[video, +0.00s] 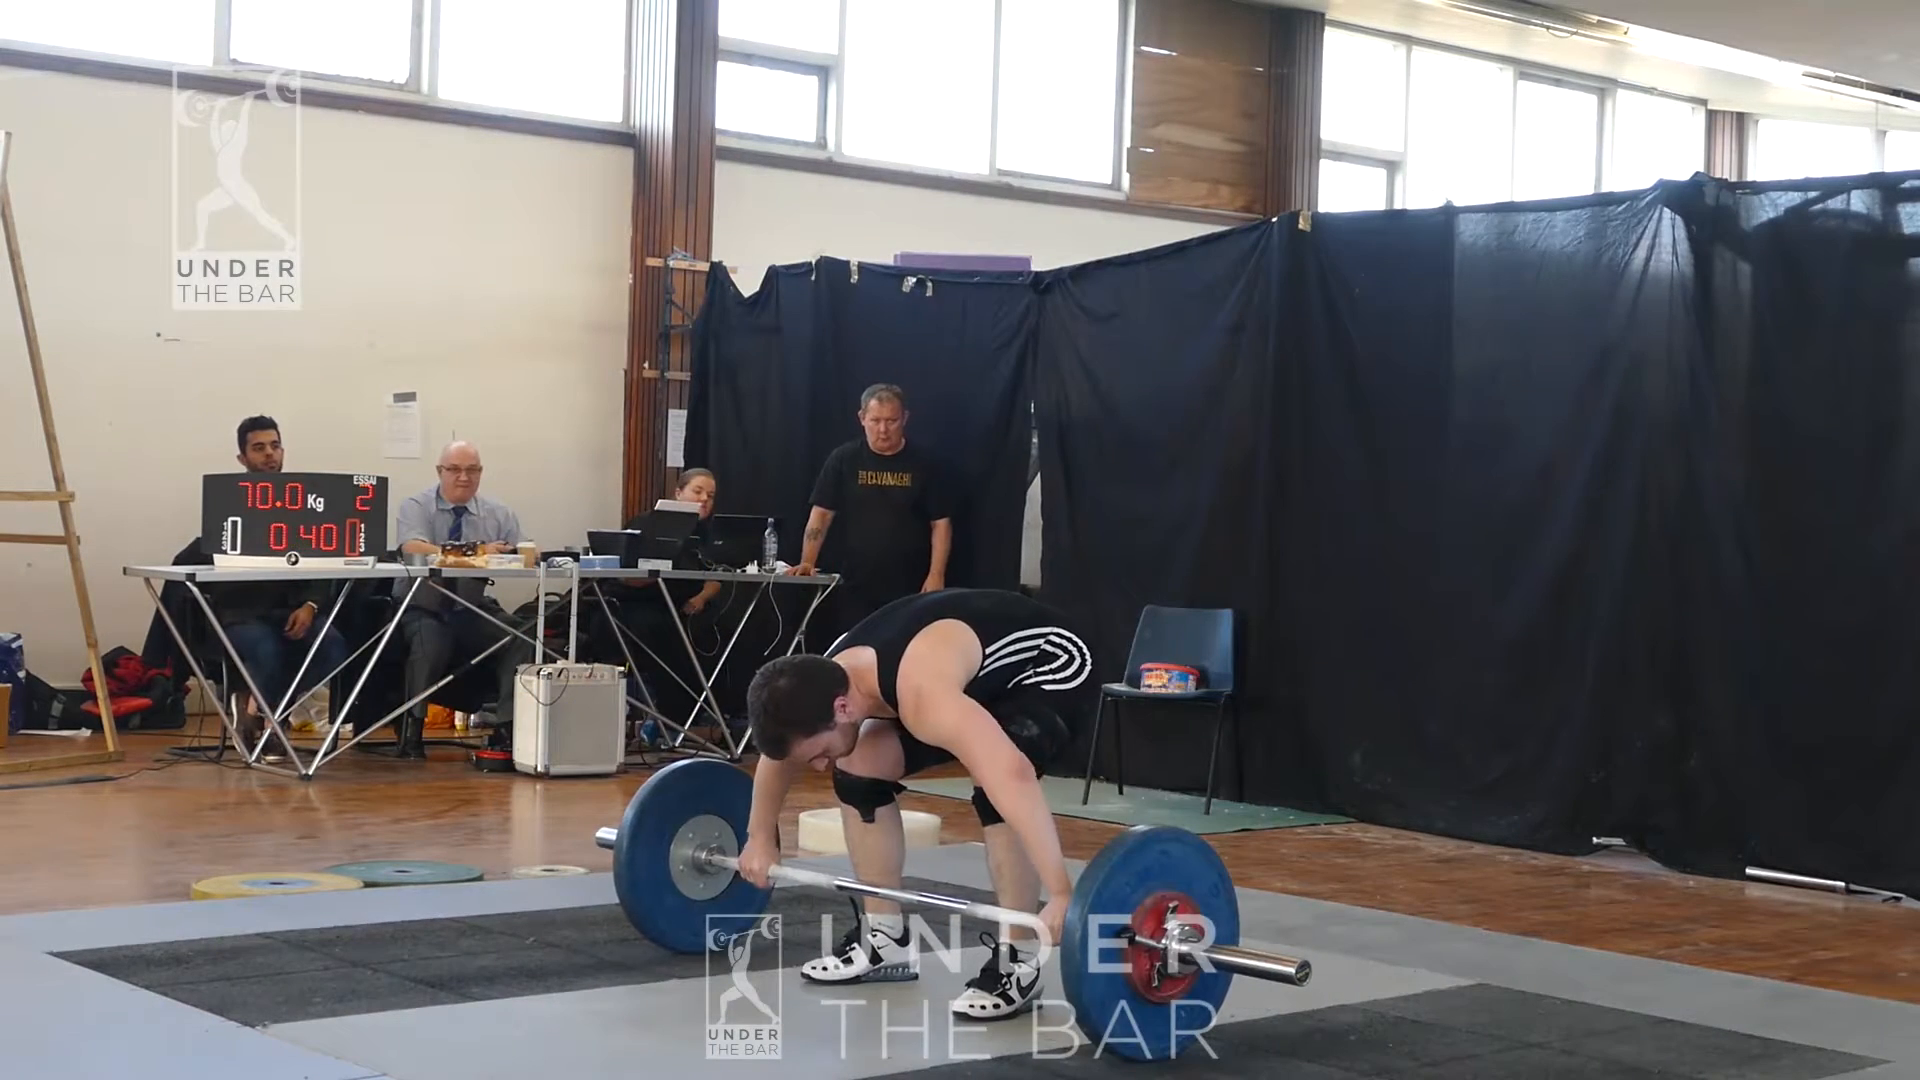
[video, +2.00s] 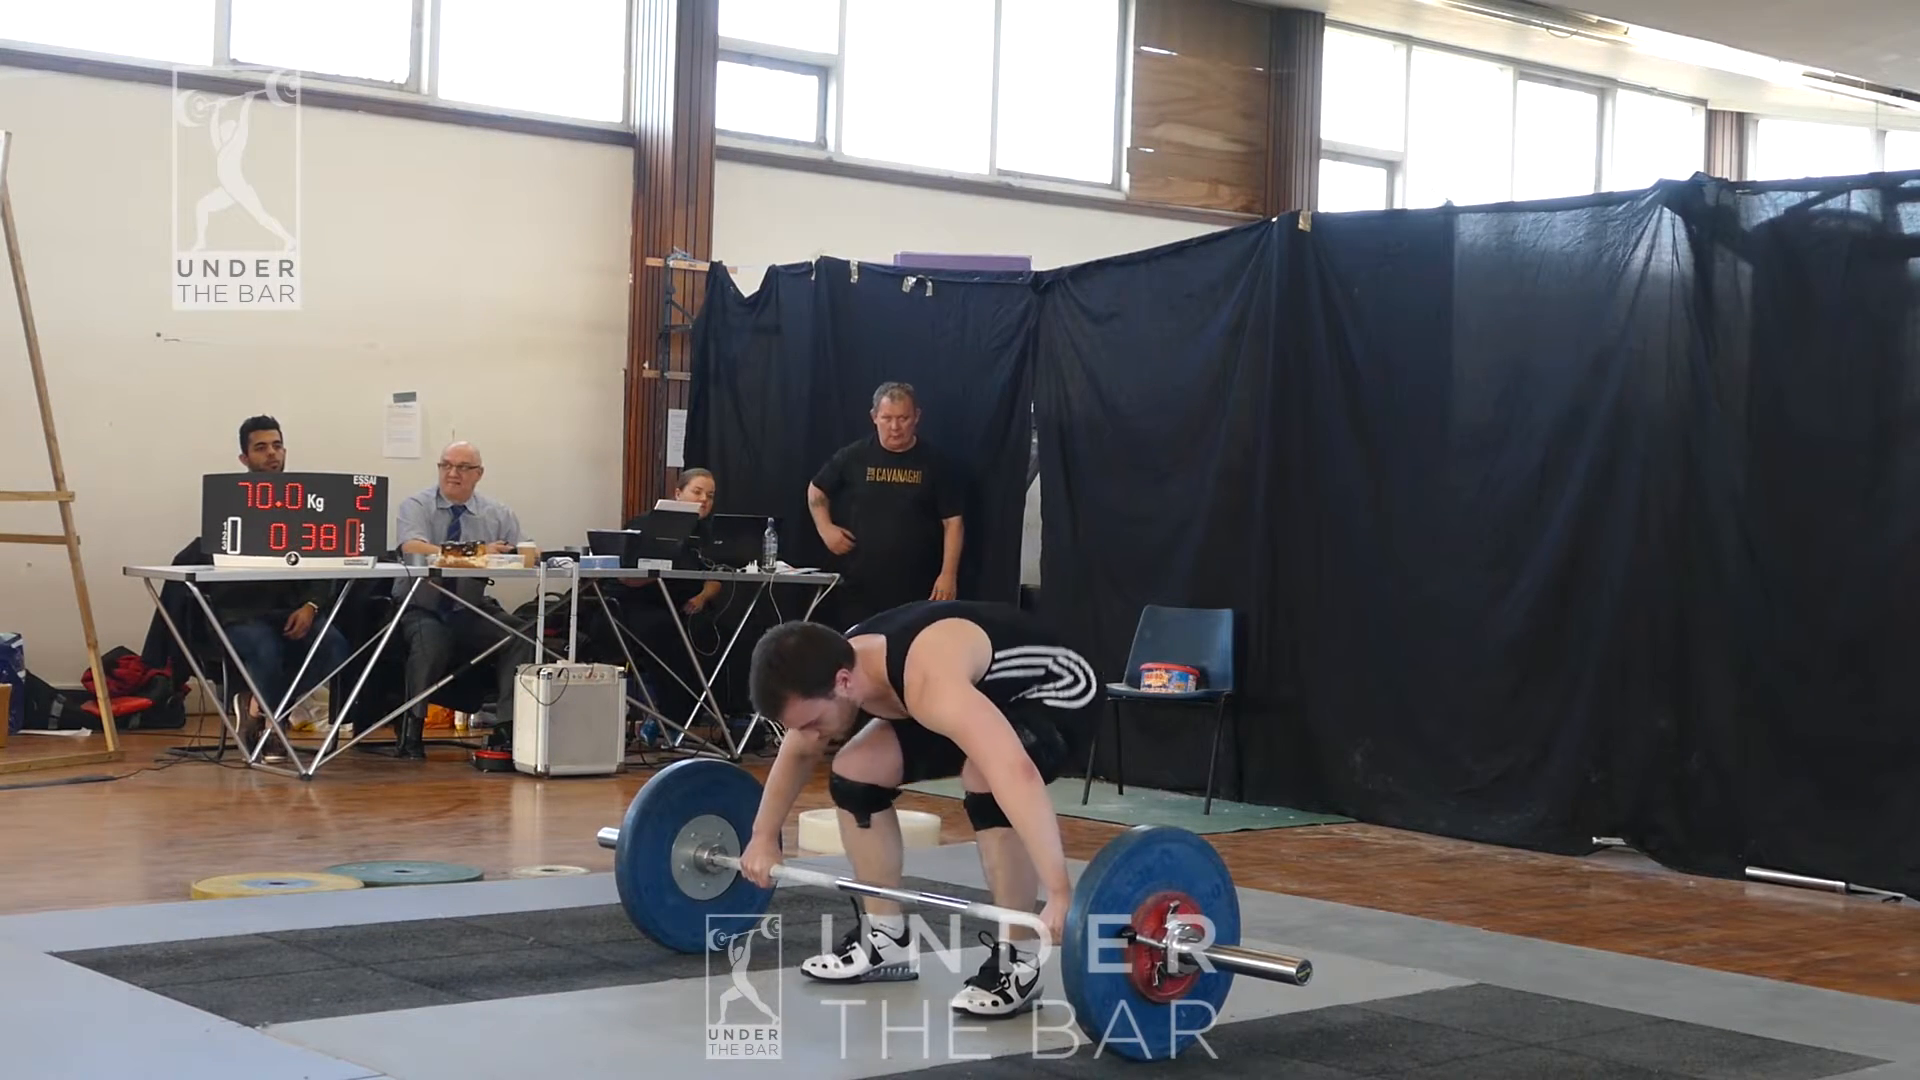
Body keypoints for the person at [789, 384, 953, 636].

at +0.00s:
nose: (883, 429)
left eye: (891, 421)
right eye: (875, 420)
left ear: (904, 419)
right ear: (862, 419)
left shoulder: (925, 463)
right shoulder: (843, 460)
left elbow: (941, 524)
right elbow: (821, 514)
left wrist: (936, 575)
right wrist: (807, 562)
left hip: (907, 585)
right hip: (855, 583)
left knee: (902, 670)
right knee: (853, 665)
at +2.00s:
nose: (895, 426)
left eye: (902, 418)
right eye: (887, 418)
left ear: (917, 417)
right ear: (874, 417)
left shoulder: (935, 463)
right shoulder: (852, 457)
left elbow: (953, 522)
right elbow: (816, 491)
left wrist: (948, 575)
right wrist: (826, 529)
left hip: (914, 585)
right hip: (860, 584)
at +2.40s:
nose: (894, 427)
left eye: (901, 418)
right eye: (886, 419)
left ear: (916, 417)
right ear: (874, 418)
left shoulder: (936, 462)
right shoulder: (855, 458)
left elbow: (953, 523)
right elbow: (820, 495)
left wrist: (945, 575)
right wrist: (835, 546)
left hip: (918, 584)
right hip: (864, 583)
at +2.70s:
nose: (896, 426)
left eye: (904, 418)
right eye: (888, 418)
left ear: (918, 417)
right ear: (876, 417)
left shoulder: (938, 463)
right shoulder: (858, 456)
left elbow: (954, 524)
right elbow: (817, 488)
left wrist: (947, 577)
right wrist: (834, 538)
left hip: (918, 581)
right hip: (862, 578)